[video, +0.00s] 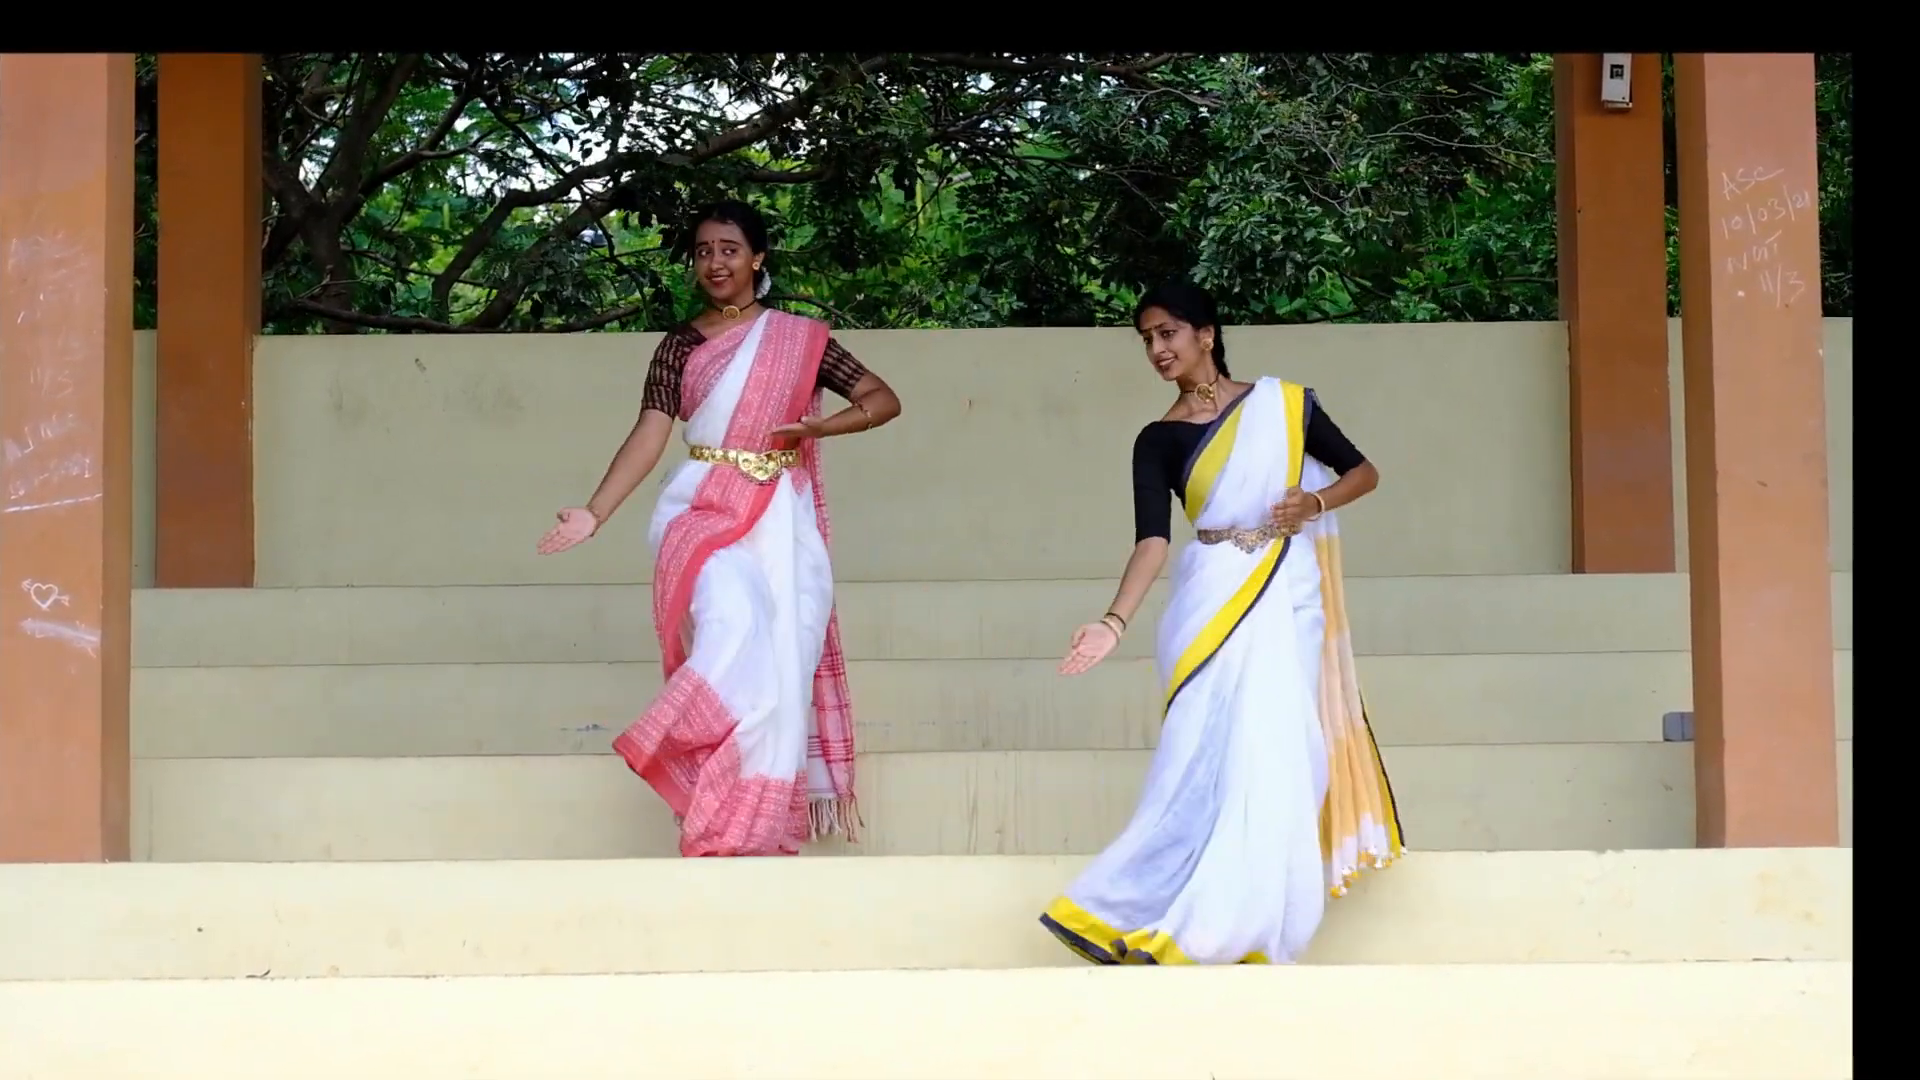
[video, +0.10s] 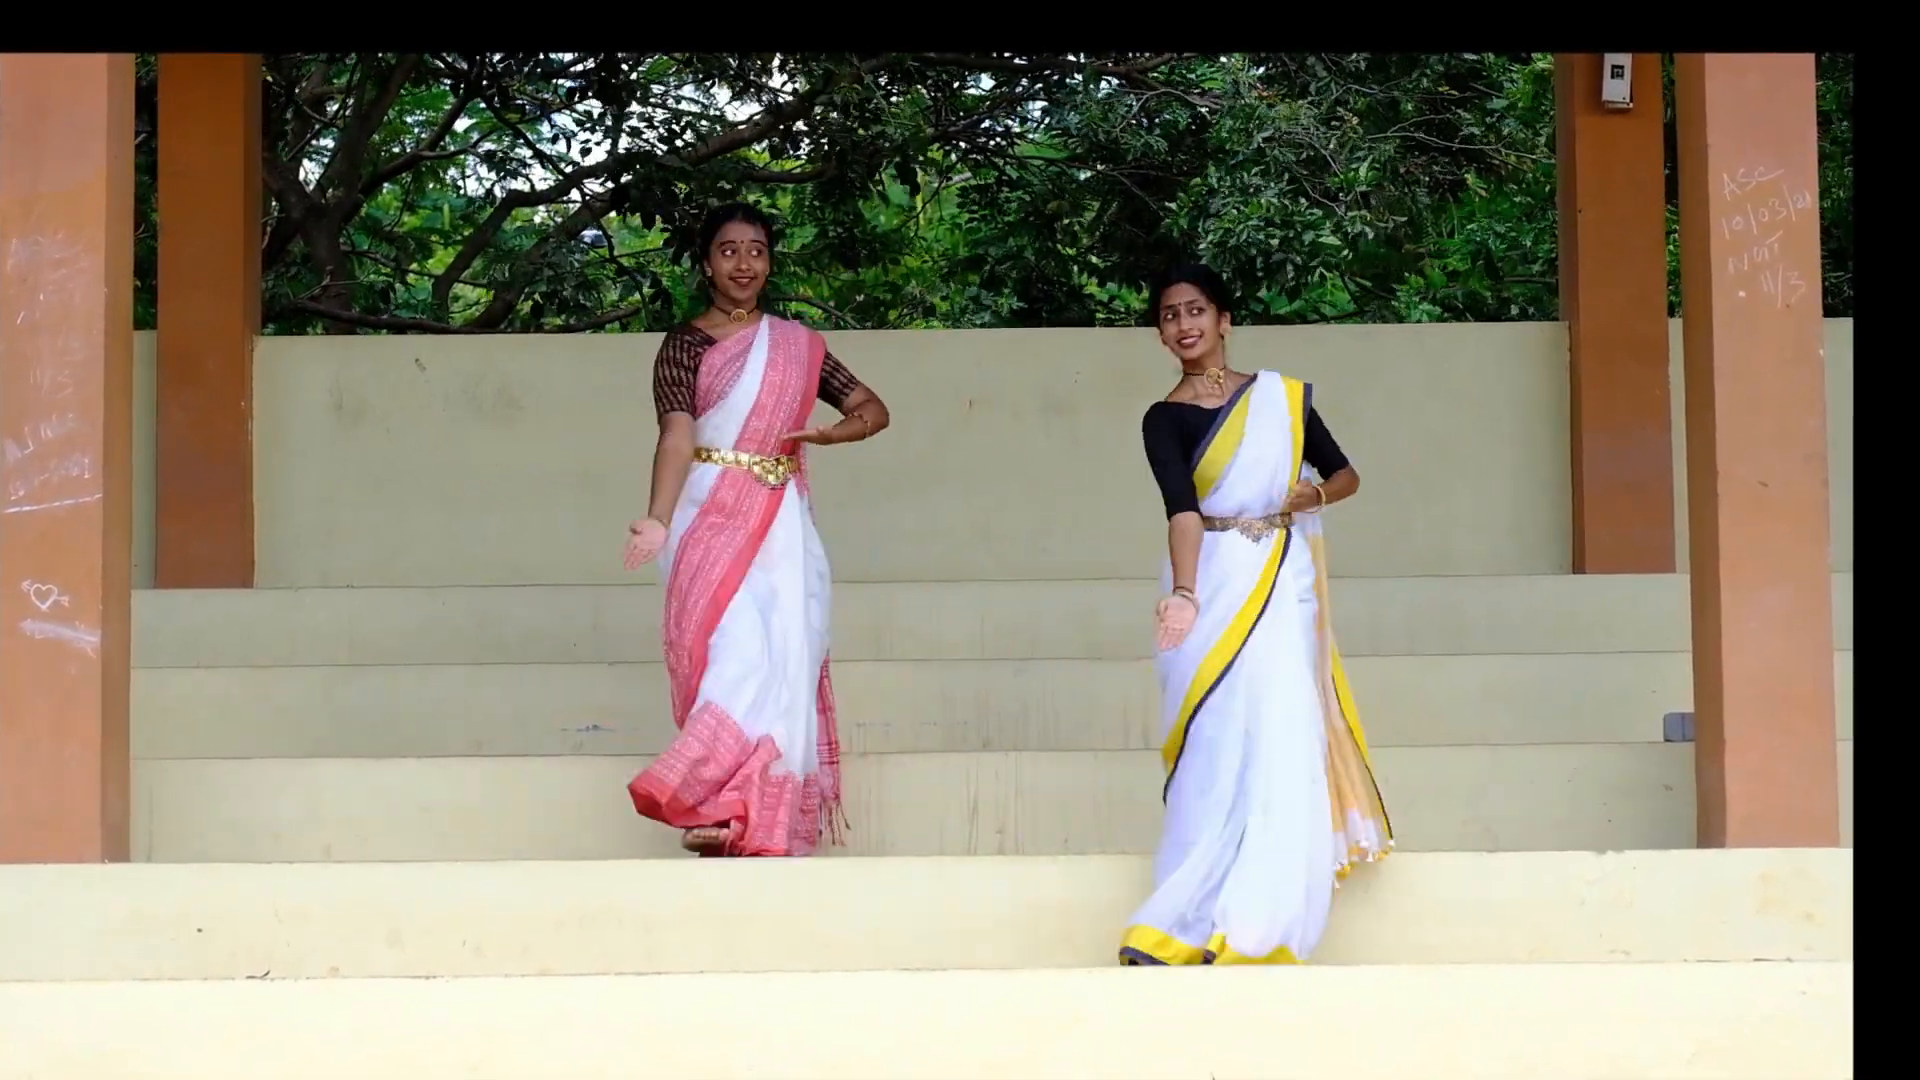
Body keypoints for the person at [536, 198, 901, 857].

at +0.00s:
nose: (715, 263)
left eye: (729, 249)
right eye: (703, 251)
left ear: (757, 259)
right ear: (693, 264)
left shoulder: (800, 336)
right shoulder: (681, 345)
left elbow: (882, 400)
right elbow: (649, 433)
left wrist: (818, 427)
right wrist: (595, 513)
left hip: (782, 507)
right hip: (704, 505)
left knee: (783, 653)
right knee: (728, 624)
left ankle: (764, 824)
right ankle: (715, 801)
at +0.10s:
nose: (744, 261)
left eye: (755, 249)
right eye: (730, 249)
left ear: (770, 261)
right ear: (707, 262)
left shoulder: (797, 341)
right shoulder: (684, 346)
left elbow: (872, 410)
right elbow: (677, 439)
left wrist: (831, 432)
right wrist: (658, 516)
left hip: (781, 511)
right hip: (707, 511)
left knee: (783, 654)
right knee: (723, 651)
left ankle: (769, 822)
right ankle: (717, 805)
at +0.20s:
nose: (761, 262)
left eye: (770, 251)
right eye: (746, 248)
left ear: (776, 263)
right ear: (714, 260)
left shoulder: (791, 343)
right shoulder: (692, 339)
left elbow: (854, 415)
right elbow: (703, 426)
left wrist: (829, 432)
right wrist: (720, 501)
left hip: (780, 507)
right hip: (713, 499)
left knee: (781, 650)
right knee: (730, 648)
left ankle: (772, 811)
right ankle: (713, 813)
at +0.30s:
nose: (768, 256)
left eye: (775, 245)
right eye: (753, 243)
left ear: (780, 256)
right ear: (719, 253)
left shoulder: (787, 340)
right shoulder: (698, 331)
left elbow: (839, 411)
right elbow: (725, 410)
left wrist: (824, 425)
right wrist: (771, 469)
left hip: (777, 498)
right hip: (714, 497)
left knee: (784, 646)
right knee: (730, 648)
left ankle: (784, 809)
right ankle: (714, 812)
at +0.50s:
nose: (778, 241)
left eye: (783, 230)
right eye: (763, 228)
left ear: (784, 243)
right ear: (726, 240)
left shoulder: (783, 329)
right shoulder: (711, 310)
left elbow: (829, 417)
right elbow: (760, 377)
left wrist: (812, 382)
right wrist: (834, 395)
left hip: (771, 490)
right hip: (713, 485)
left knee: (782, 638)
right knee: (731, 638)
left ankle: (791, 809)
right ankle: (730, 812)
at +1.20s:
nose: (770, 234)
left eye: (775, 224)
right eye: (756, 220)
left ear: (774, 236)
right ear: (716, 228)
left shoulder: (768, 315)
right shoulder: (700, 298)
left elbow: (818, 407)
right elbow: (775, 325)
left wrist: (814, 396)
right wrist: (856, 304)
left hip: (771, 488)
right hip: (710, 481)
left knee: (776, 639)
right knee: (714, 637)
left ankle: (771, 816)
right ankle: (706, 818)